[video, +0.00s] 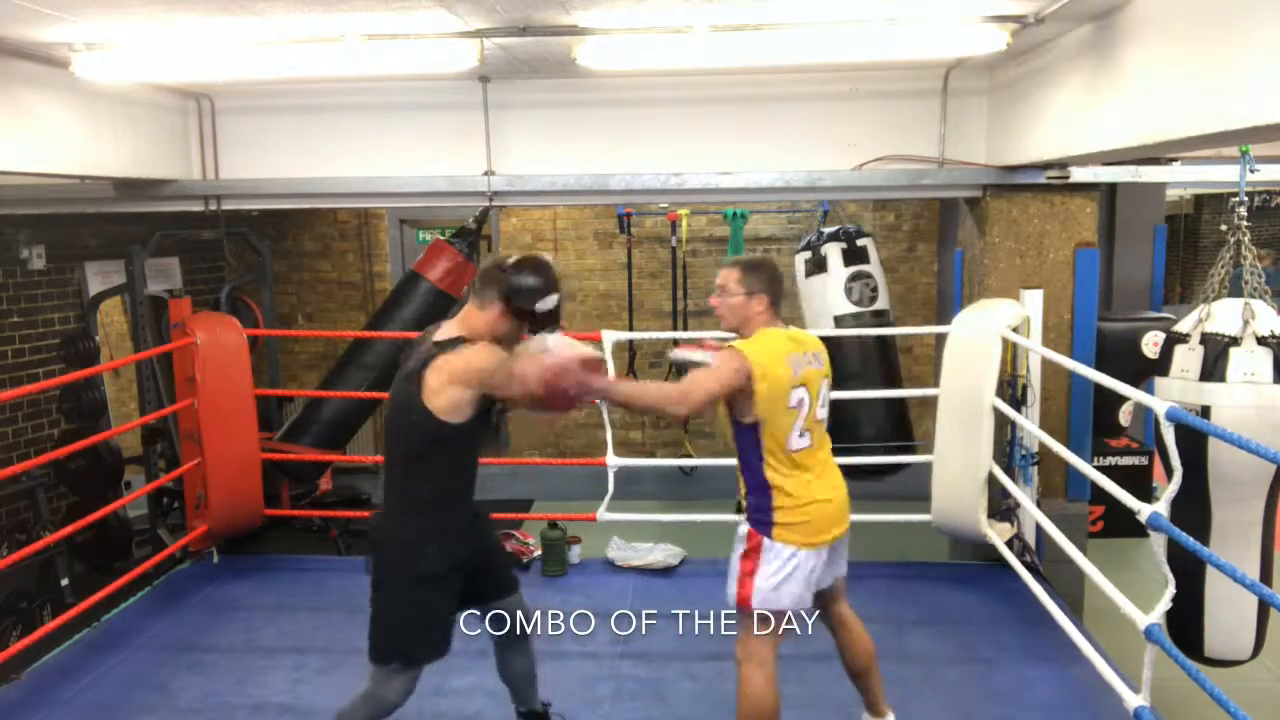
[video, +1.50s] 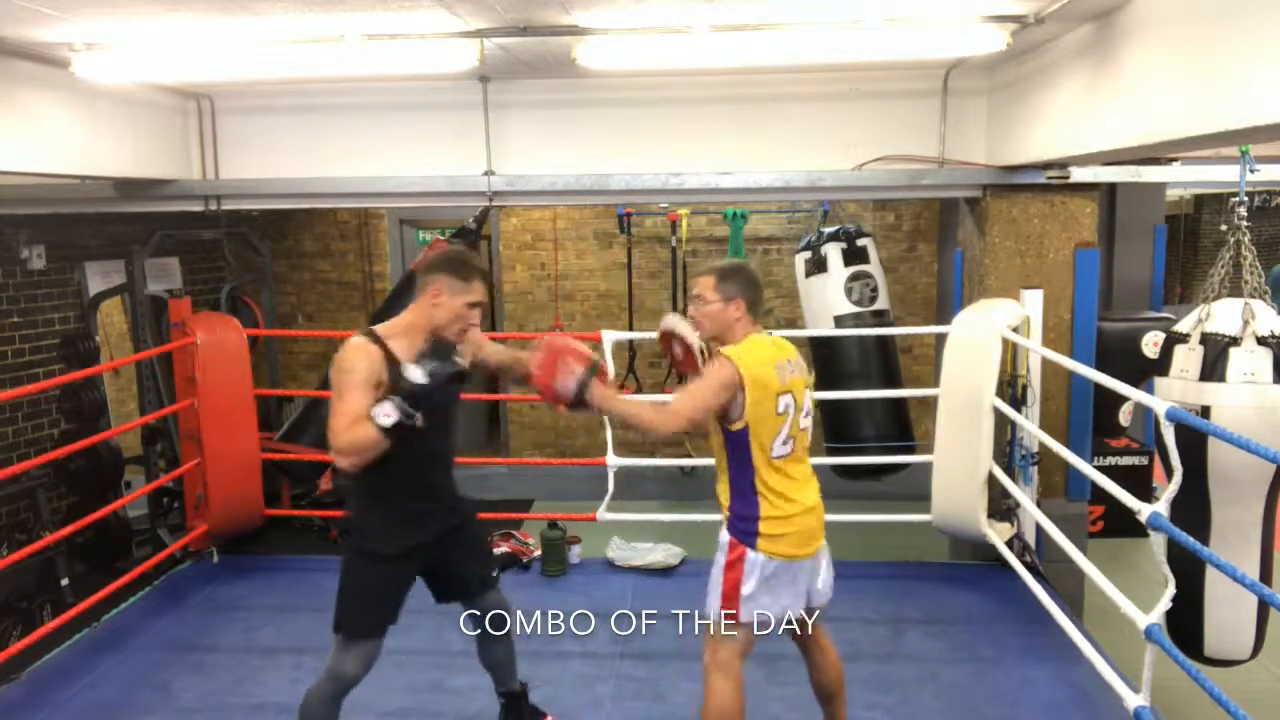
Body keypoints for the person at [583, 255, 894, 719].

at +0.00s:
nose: (712, 301)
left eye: (722, 293)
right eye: (715, 291)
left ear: (758, 302)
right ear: (763, 303)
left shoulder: (743, 357)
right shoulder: (811, 345)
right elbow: (782, 383)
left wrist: (599, 385)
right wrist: (731, 359)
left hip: (780, 522)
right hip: (831, 507)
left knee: (754, 653)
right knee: (837, 609)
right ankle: (880, 712)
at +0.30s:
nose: (708, 305)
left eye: (717, 295)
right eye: (708, 295)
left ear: (753, 301)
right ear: (758, 304)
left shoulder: (743, 356)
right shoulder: (800, 345)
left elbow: (682, 410)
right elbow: (744, 399)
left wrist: (601, 388)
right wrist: (711, 335)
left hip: (774, 523)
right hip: (818, 511)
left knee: (746, 650)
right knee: (824, 611)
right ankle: (862, 710)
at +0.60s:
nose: (695, 306)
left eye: (705, 297)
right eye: (696, 296)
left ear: (740, 303)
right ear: (744, 304)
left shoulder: (749, 359)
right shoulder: (783, 347)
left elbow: (704, 421)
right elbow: (743, 415)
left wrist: (625, 390)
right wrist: (676, 421)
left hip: (757, 525)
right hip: (798, 512)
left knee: (735, 652)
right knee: (811, 612)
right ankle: (854, 712)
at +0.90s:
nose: (669, 321)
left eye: (677, 310)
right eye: (671, 310)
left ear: (710, 313)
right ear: (706, 315)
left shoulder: (754, 355)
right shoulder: (705, 372)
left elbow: (718, 404)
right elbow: (655, 426)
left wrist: (662, 366)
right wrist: (581, 427)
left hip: (770, 534)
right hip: (766, 528)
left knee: (737, 664)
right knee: (807, 620)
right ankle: (863, 709)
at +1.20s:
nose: (687, 312)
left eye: (696, 302)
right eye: (689, 302)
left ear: (730, 305)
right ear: (732, 306)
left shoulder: (743, 349)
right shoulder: (767, 346)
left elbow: (667, 384)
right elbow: (751, 445)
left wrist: (610, 342)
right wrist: (683, 472)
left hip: (758, 529)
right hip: (791, 521)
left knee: (732, 661)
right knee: (804, 630)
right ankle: (836, 715)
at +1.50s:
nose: (691, 311)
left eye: (700, 301)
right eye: (691, 301)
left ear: (736, 308)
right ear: (740, 310)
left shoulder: (732, 364)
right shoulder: (785, 352)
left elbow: (665, 420)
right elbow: (743, 420)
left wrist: (596, 393)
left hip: (756, 537)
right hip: (806, 527)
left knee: (723, 660)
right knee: (810, 633)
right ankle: (837, 717)